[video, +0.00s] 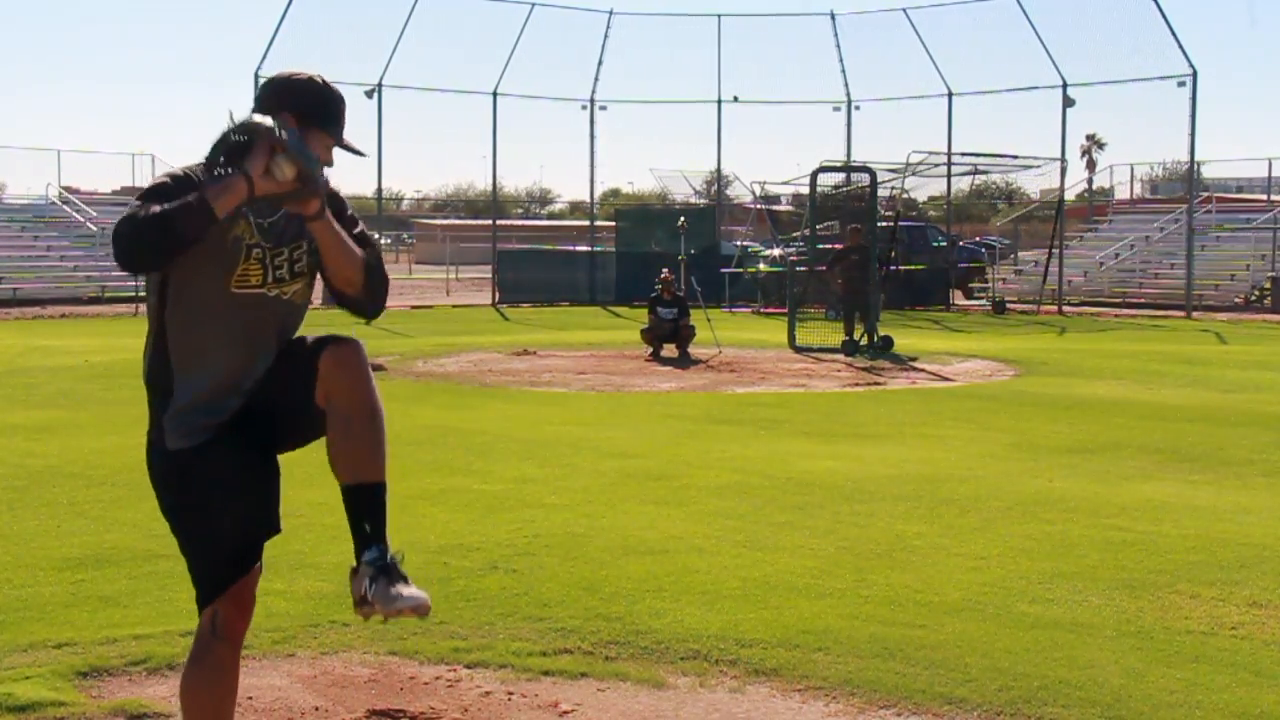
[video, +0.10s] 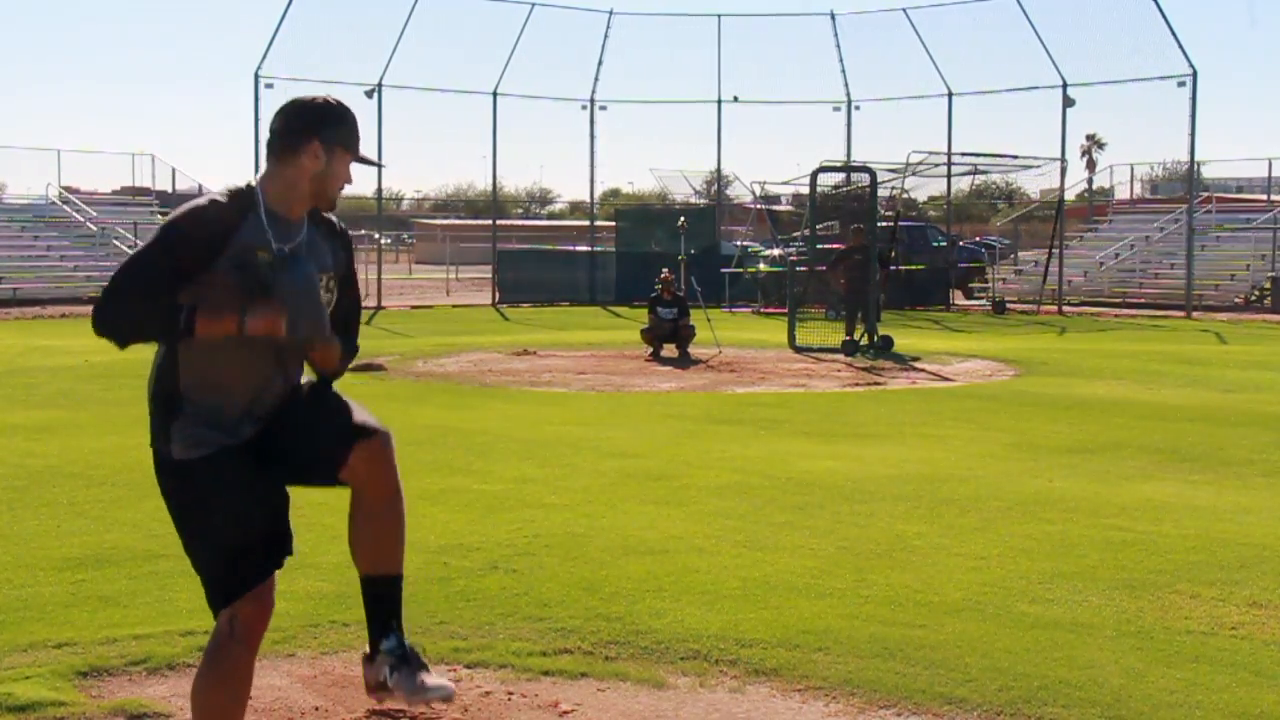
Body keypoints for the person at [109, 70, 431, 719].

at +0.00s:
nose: (327, 161)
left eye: (331, 149)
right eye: (322, 145)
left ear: (313, 142)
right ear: (282, 130)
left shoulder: (321, 203)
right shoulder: (197, 186)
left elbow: (369, 300)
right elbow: (130, 247)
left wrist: (319, 218)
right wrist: (242, 186)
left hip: (268, 391)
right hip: (195, 425)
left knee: (344, 358)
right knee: (228, 608)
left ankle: (374, 565)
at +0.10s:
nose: (351, 175)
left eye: (353, 162)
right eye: (347, 159)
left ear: (310, 158)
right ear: (313, 153)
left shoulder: (330, 241)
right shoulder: (212, 221)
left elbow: (337, 358)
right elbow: (114, 315)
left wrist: (313, 328)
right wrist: (239, 319)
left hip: (279, 418)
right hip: (200, 439)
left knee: (373, 451)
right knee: (248, 603)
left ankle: (388, 653)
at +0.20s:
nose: (372, 215)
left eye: (374, 202)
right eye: (372, 200)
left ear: (323, 194)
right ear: (345, 196)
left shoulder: (341, 292)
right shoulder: (226, 265)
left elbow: (344, 394)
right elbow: (130, 358)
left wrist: (346, 478)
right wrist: (157, 473)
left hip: (291, 450)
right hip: (211, 462)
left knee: (388, 537)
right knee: (277, 605)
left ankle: (427, 706)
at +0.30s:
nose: (399, 252)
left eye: (400, 238)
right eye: (398, 236)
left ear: (357, 234)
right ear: (372, 235)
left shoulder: (365, 330)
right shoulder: (255, 295)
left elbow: (396, 426)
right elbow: (149, 362)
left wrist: (448, 523)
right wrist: (50, 447)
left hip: (293, 474)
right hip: (210, 479)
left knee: (397, 578)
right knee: (298, 609)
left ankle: (453, 713)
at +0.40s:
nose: (422, 275)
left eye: (423, 264)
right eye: (421, 262)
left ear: (380, 260)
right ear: (400, 261)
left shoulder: (393, 343)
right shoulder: (291, 308)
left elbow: (438, 397)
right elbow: (177, 322)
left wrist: (494, 453)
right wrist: (51, 336)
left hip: (309, 490)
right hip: (235, 494)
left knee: (385, 582)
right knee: (323, 627)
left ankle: (437, 694)